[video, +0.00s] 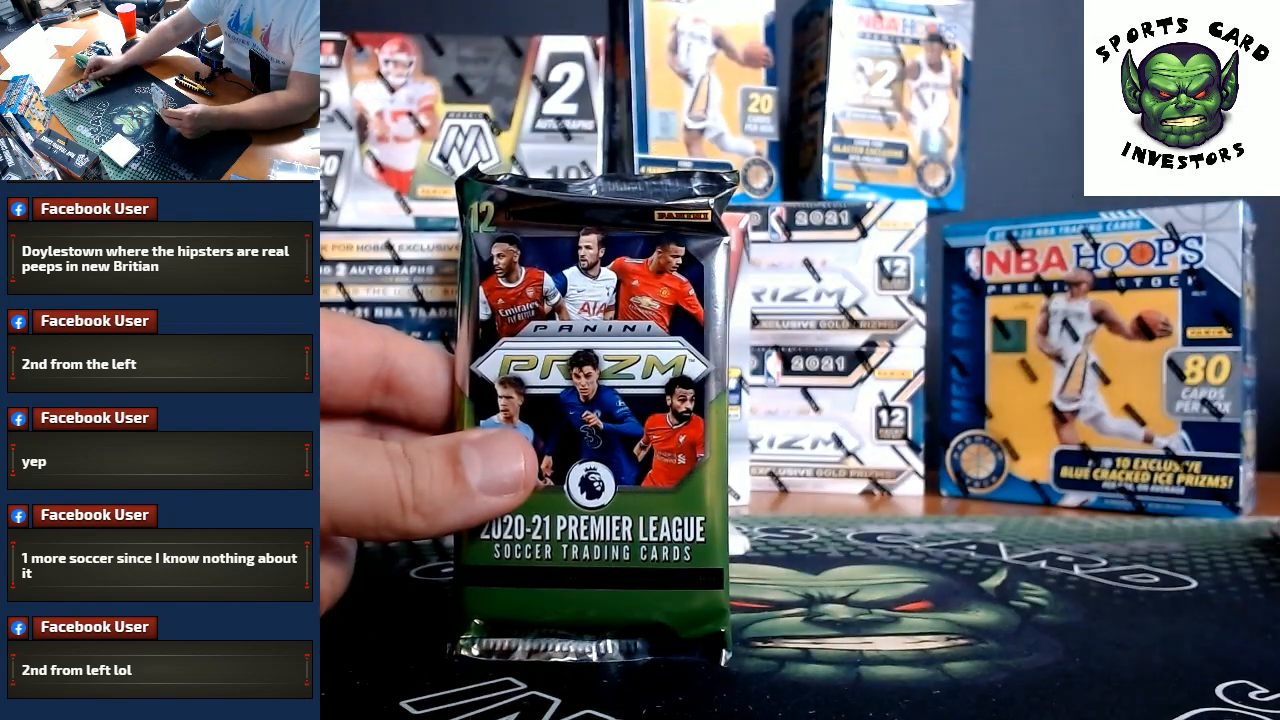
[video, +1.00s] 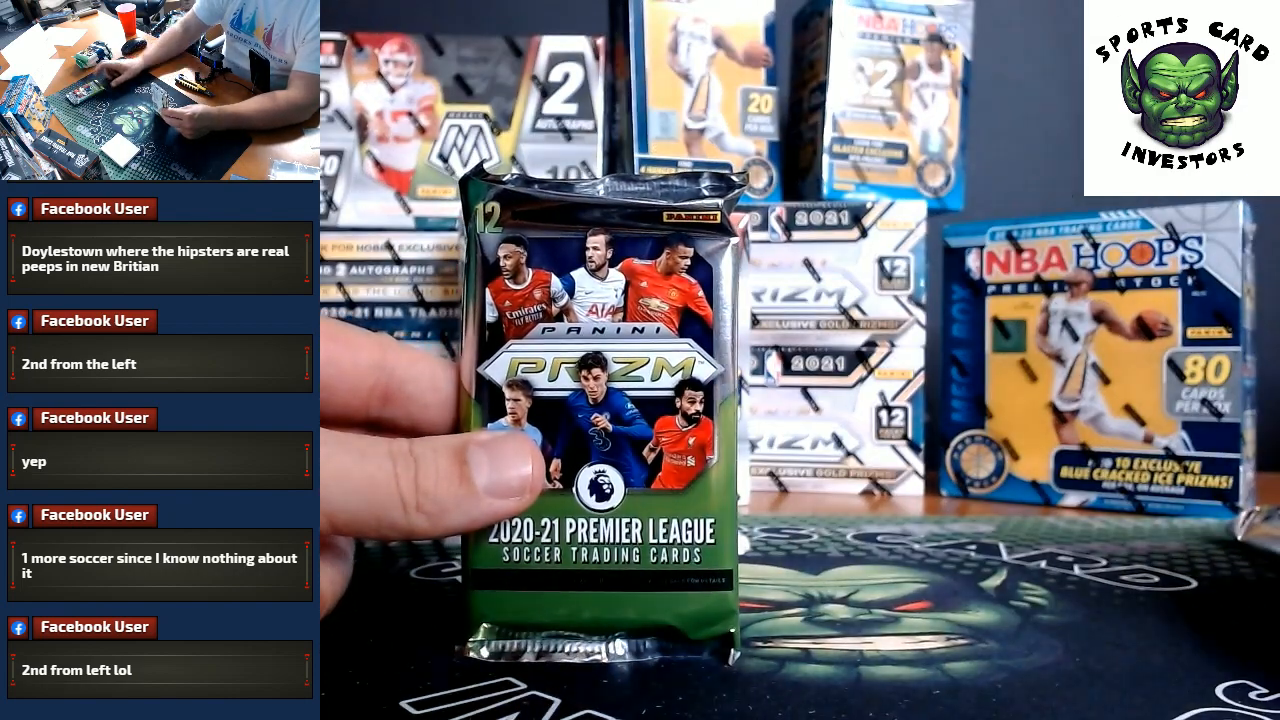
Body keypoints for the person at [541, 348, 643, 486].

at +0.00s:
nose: (583, 383)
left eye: (588, 376)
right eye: (577, 376)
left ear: (597, 374)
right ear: (571, 376)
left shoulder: (608, 397)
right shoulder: (566, 399)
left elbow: (637, 429)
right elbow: (559, 426)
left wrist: (603, 426)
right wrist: (549, 454)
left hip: (619, 469)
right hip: (588, 465)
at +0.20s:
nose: (581, 384)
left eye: (586, 377)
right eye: (576, 377)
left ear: (596, 374)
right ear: (569, 377)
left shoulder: (607, 398)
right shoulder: (565, 400)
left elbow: (636, 431)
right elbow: (557, 428)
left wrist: (602, 427)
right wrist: (548, 455)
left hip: (619, 473)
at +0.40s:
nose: (589, 385)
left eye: (594, 378)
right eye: (584, 379)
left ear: (604, 376)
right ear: (578, 378)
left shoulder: (615, 400)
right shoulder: (572, 402)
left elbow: (644, 432)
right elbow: (565, 429)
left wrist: (611, 429)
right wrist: (555, 457)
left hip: (627, 472)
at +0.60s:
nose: (592, 386)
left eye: (597, 379)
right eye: (587, 380)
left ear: (607, 377)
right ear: (581, 379)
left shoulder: (618, 400)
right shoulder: (575, 402)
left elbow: (647, 433)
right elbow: (568, 430)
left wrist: (613, 430)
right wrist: (558, 458)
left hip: (630, 473)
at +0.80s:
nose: (592, 385)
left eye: (597, 378)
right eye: (586, 379)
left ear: (606, 376)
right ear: (580, 378)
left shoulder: (618, 399)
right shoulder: (575, 401)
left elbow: (646, 432)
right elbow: (567, 428)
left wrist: (613, 428)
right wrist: (558, 457)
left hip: (629, 472)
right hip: (598, 469)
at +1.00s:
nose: (591, 385)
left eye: (596, 378)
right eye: (586, 379)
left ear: (606, 376)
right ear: (580, 378)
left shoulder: (617, 399)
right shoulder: (574, 402)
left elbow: (646, 432)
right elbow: (567, 429)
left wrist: (612, 429)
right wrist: (558, 457)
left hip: (630, 473)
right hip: (598, 471)